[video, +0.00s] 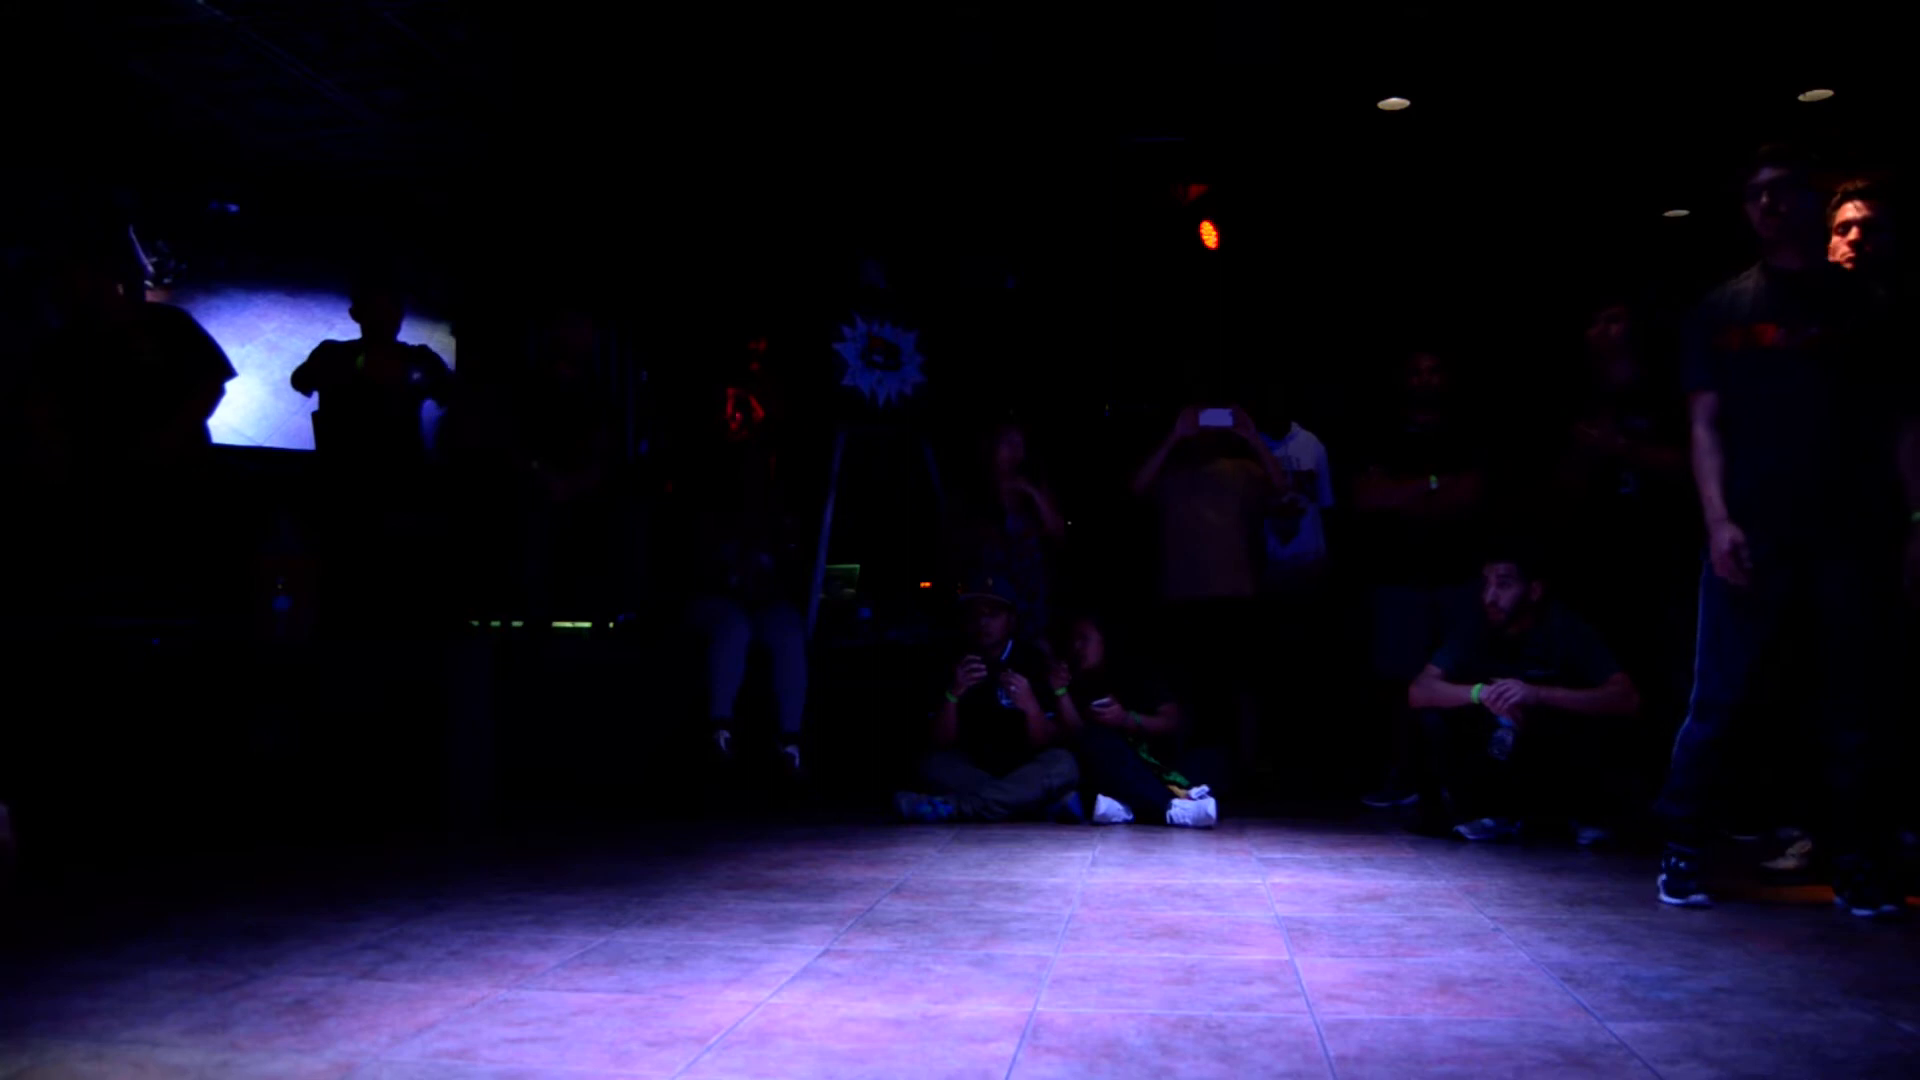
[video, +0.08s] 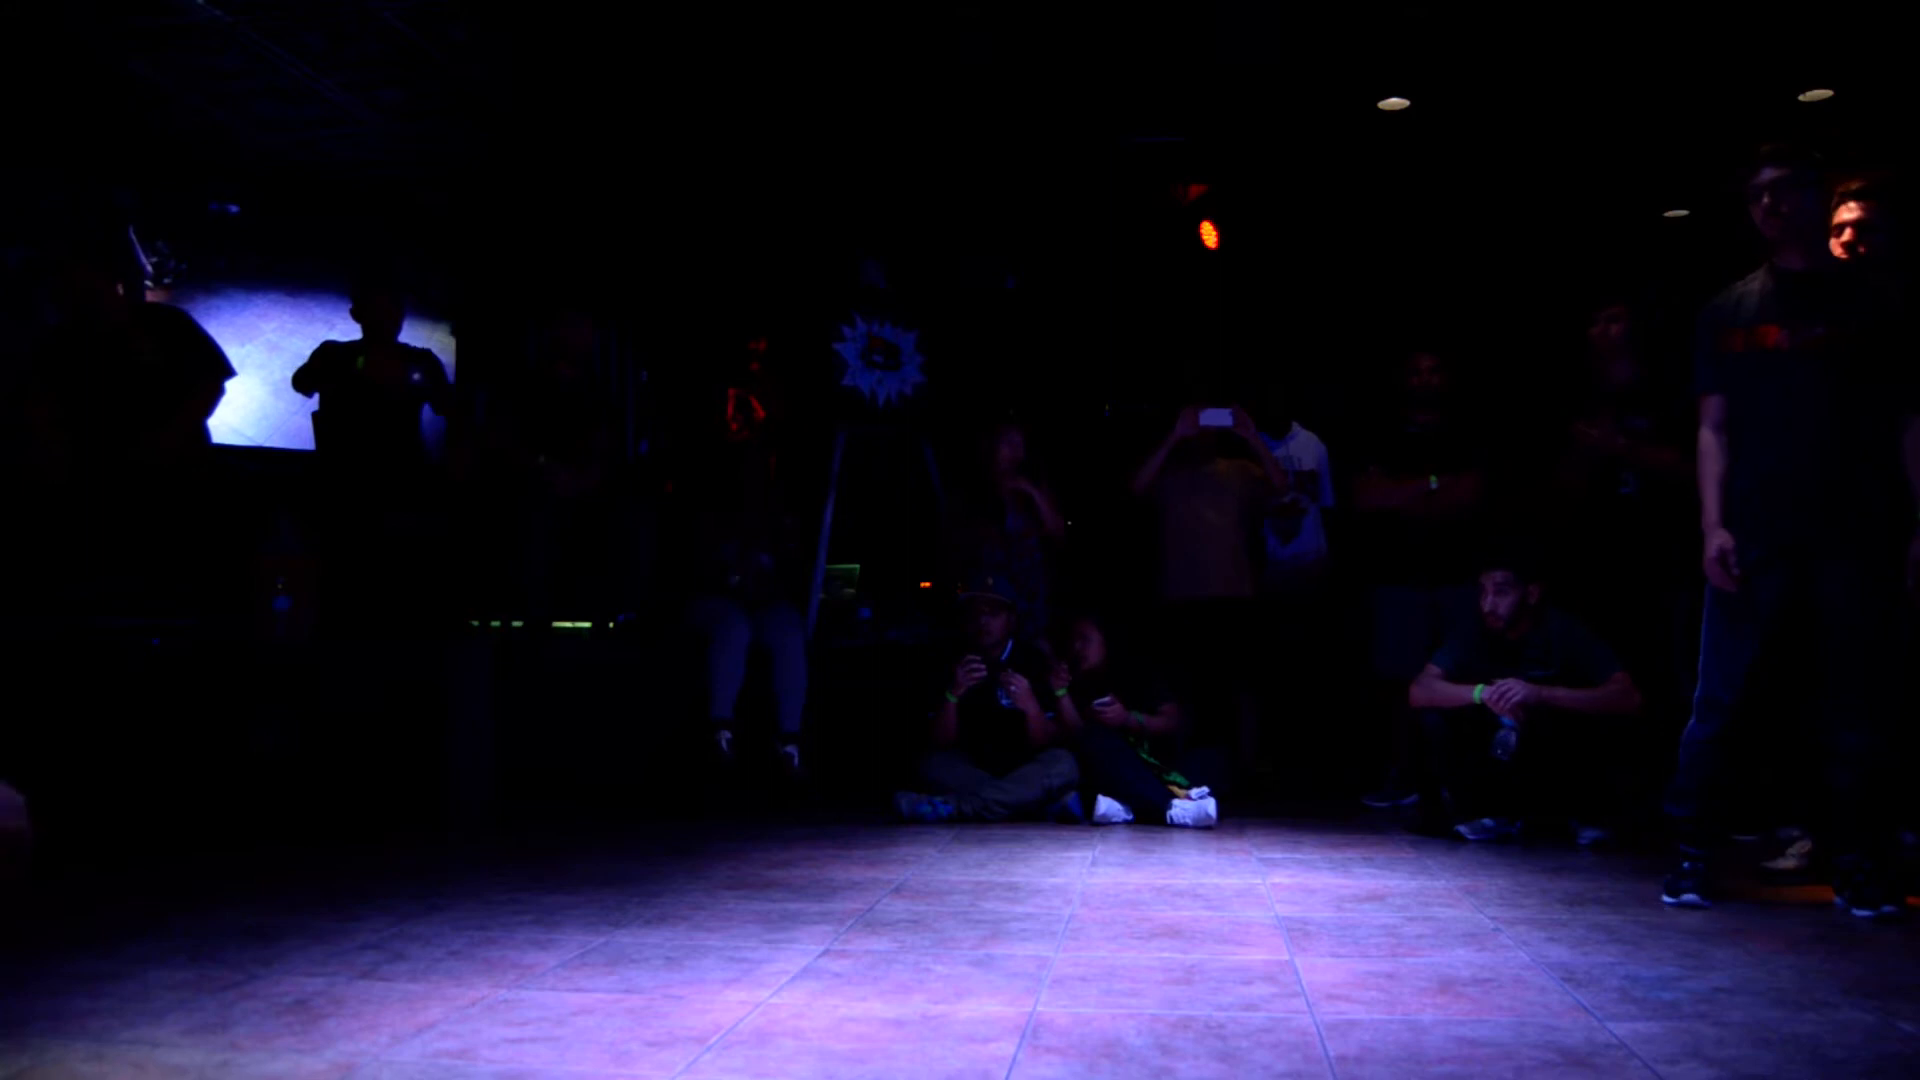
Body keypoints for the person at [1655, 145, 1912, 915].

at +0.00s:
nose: (1778, 208)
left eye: (1792, 194)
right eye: (1765, 196)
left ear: (1821, 205)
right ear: (1749, 211)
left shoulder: (1864, 300)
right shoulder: (1726, 308)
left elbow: (1899, 422)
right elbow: (1705, 423)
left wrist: (1909, 525)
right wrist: (1718, 521)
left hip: (1853, 528)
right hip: (1756, 530)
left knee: (1858, 701)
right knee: (1720, 699)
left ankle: (1862, 868)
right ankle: (1685, 855)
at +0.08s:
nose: (1777, 207)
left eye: (1791, 193)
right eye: (1765, 196)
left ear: (1821, 203)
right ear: (1752, 212)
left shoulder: (1869, 295)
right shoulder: (1733, 309)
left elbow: (1904, 420)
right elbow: (1713, 426)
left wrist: (1911, 529)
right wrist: (1714, 525)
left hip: (1856, 528)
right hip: (1759, 530)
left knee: (1858, 701)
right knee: (1722, 698)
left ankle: (1861, 871)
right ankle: (1693, 859)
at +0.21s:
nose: (1775, 211)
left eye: (1788, 196)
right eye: (1764, 199)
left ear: (1820, 203)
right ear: (1755, 214)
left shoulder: (1870, 292)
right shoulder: (1743, 309)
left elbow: (1905, 420)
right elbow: (1723, 429)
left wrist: (1909, 531)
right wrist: (1707, 532)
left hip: (1857, 526)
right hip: (1764, 526)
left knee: (1857, 697)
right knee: (1740, 692)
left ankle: (1862, 870)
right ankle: (1724, 858)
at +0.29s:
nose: (1773, 210)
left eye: (1786, 195)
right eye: (1763, 199)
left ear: (1820, 200)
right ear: (1754, 212)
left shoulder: (1871, 291)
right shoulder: (1748, 309)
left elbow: (1904, 420)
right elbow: (1728, 431)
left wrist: (1908, 532)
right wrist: (1707, 534)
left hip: (1855, 526)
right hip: (1764, 525)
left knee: (1854, 697)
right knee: (1747, 692)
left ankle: (1864, 870)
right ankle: (1736, 861)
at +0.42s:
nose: (1763, 208)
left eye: (1777, 192)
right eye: (1755, 196)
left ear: (1814, 197)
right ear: (1750, 211)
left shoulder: (1867, 284)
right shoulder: (1751, 308)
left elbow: (1902, 409)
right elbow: (1734, 432)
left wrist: (1902, 514)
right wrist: (1713, 538)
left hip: (1849, 523)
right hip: (1765, 524)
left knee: (1854, 697)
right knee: (1751, 691)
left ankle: (1867, 869)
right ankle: (1743, 862)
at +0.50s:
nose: (1753, 208)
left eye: (1767, 192)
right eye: (1745, 197)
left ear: (1807, 195)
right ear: (1743, 212)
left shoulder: (1861, 281)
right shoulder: (1747, 310)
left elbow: (1893, 407)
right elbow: (1734, 437)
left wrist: (1885, 513)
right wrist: (1716, 544)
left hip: (1839, 522)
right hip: (1760, 525)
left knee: (1851, 696)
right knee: (1748, 692)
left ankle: (1867, 870)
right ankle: (1741, 861)